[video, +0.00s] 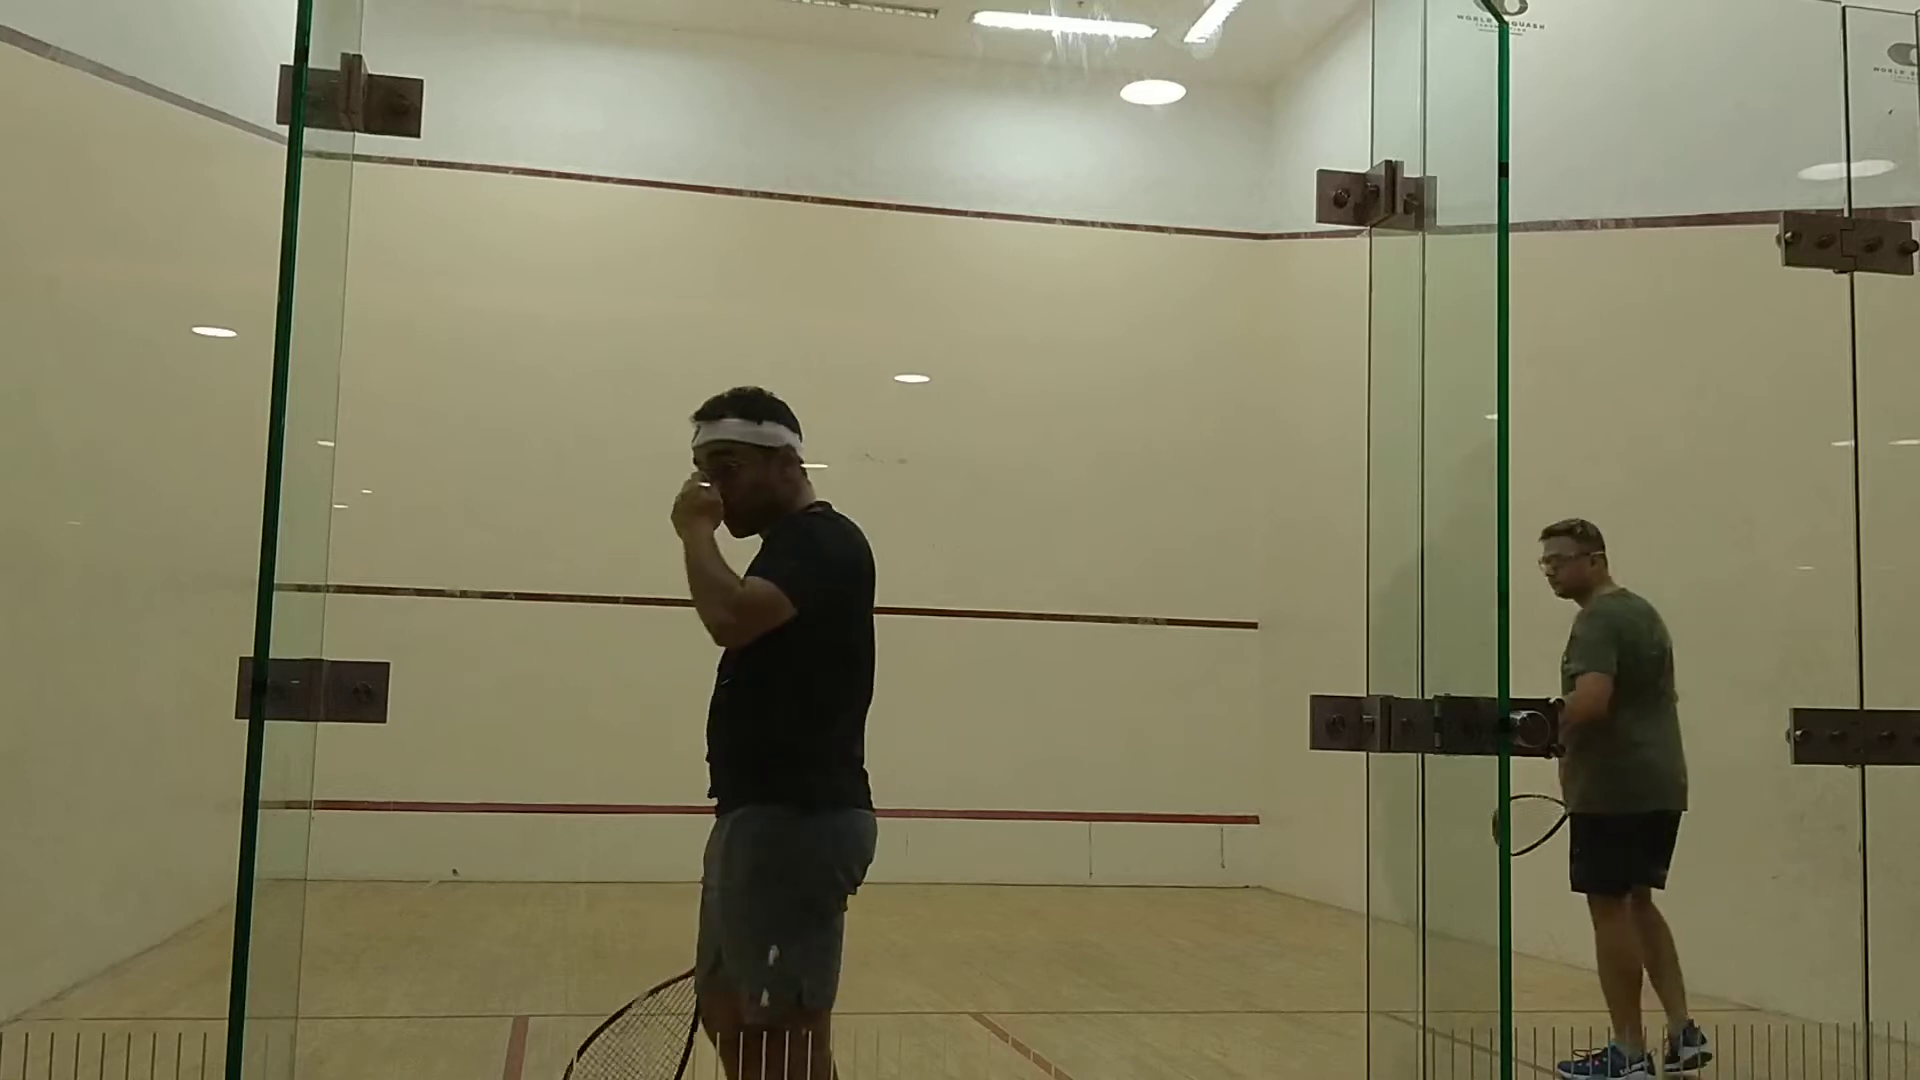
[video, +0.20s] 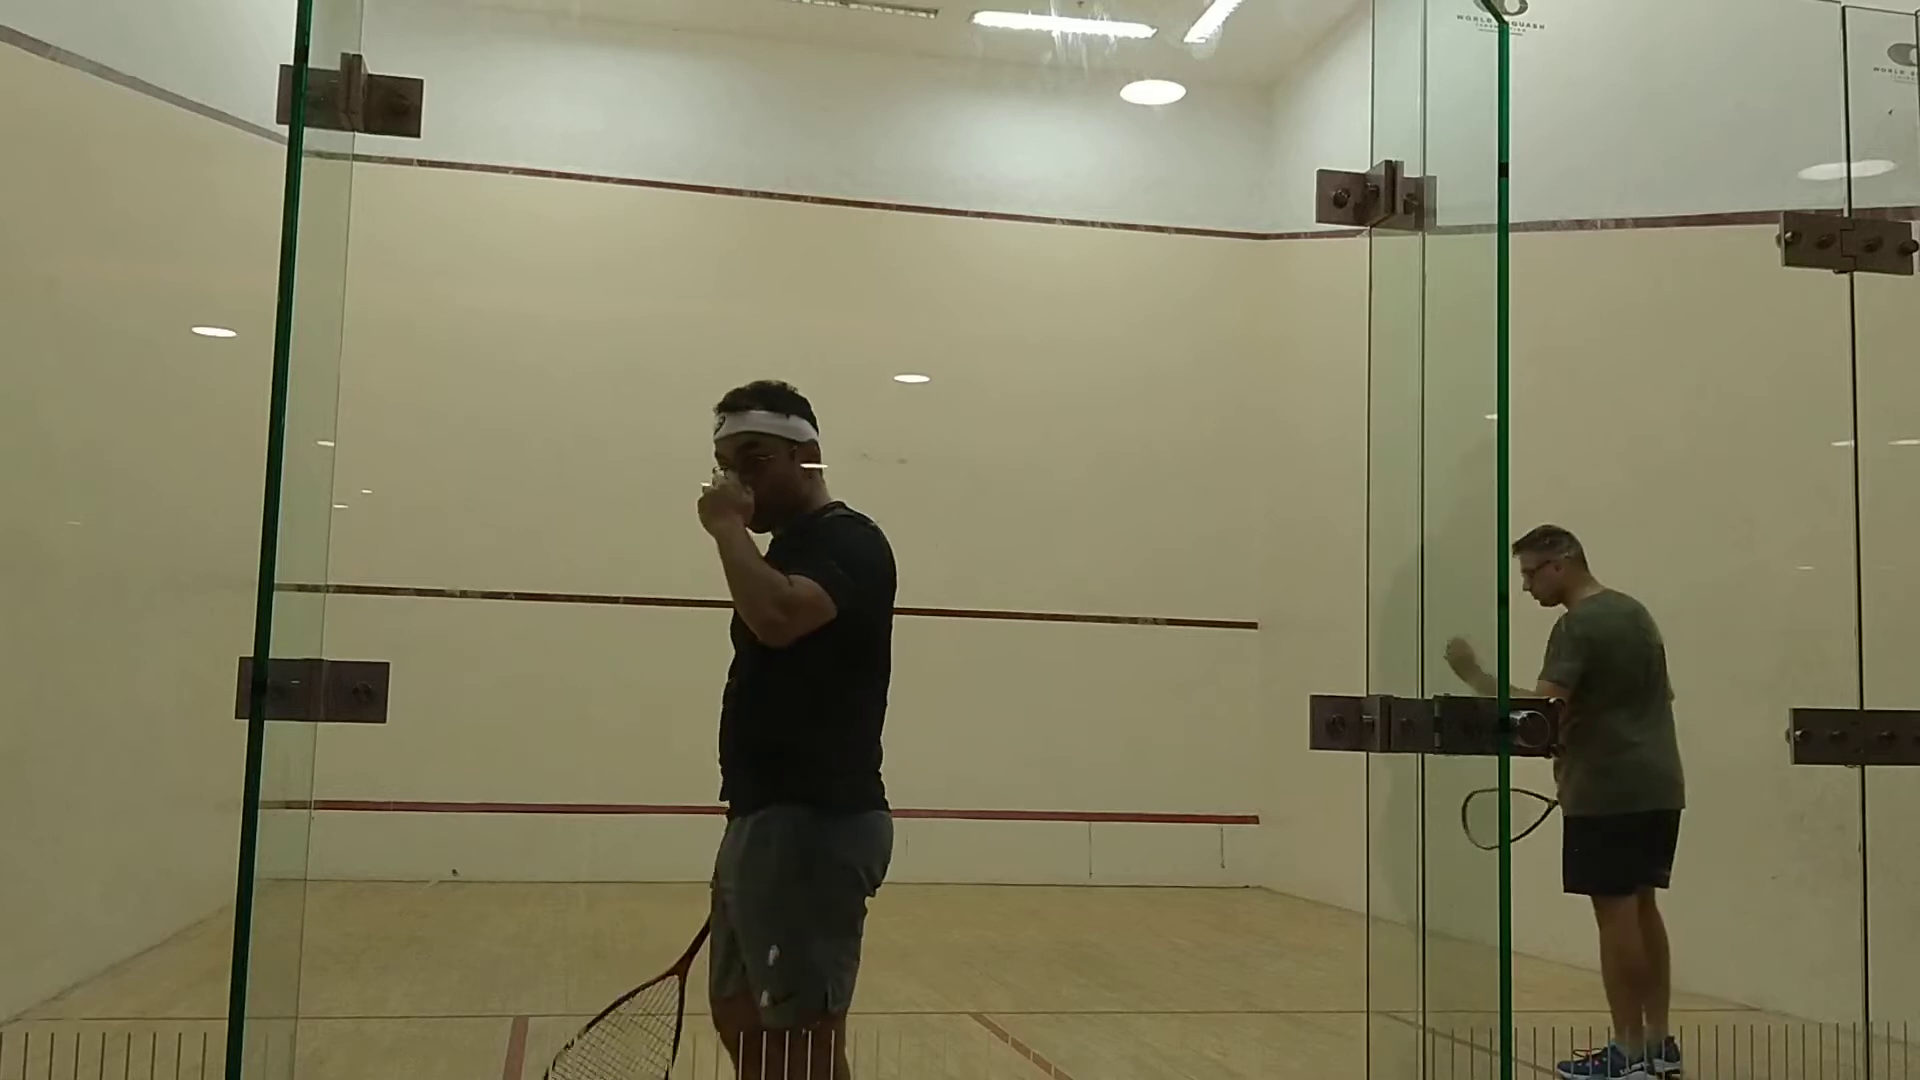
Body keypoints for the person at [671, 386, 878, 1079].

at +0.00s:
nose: (713, 491)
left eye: (725, 470)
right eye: (708, 475)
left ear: (780, 464)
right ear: (779, 468)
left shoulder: (821, 539)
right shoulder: (787, 548)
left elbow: (730, 618)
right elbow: (792, 696)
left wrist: (696, 529)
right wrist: (739, 813)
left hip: (798, 822)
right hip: (757, 818)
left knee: (784, 1030)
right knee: (725, 1012)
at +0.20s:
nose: (735, 485)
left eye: (750, 463)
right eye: (726, 468)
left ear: (803, 457)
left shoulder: (851, 541)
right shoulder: (785, 553)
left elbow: (777, 616)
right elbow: (776, 705)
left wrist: (729, 529)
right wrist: (743, 832)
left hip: (819, 824)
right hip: (766, 822)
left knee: (803, 1033)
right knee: (738, 1016)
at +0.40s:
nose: (715, 477)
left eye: (726, 457)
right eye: (717, 458)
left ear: (780, 459)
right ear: (780, 462)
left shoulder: (843, 547)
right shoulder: (799, 552)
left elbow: (809, 656)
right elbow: (800, 715)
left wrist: (716, 596)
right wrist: (743, 818)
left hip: (821, 826)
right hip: (780, 822)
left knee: (802, 1037)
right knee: (749, 1013)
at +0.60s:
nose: (746, 481)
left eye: (747, 467)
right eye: (748, 468)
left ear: (756, 471)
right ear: (829, 470)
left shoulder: (815, 549)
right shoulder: (842, 545)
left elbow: (830, 669)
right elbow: (838, 706)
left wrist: (728, 764)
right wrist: (758, 808)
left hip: (811, 823)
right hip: (829, 818)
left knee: (793, 1023)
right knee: (802, 1020)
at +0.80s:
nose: (788, 471)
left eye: (788, 461)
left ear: (787, 470)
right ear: (868, 475)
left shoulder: (795, 550)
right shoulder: (888, 561)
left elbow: (811, 658)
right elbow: (864, 698)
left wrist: (771, 785)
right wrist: (760, 794)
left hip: (805, 823)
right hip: (879, 822)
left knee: (766, 1021)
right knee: (823, 1013)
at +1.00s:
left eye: (823, 476)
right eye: (891, 480)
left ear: (817, 480)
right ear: (894, 488)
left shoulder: (800, 551)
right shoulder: (911, 574)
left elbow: (762, 658)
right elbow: (874, 707)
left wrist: (708, 762)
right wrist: (773, 773)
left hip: (805, 826)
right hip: (891, 825)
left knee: (707, 1002)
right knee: (836, 1004)